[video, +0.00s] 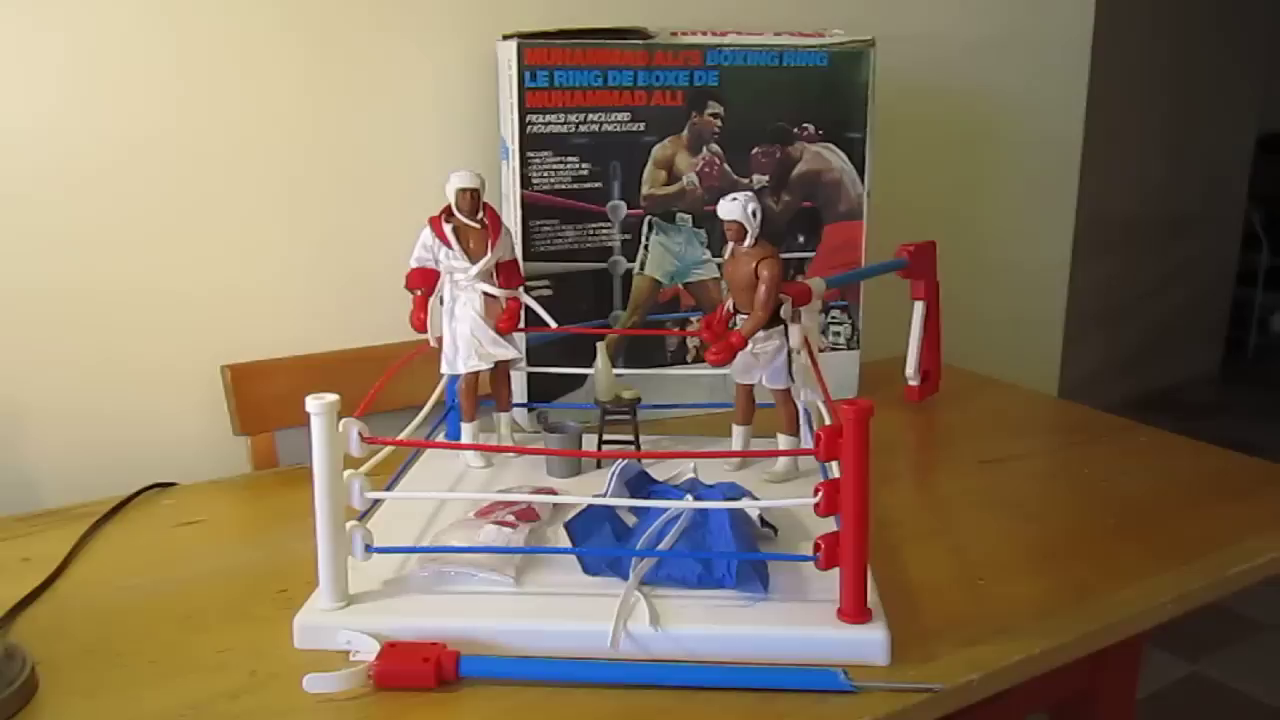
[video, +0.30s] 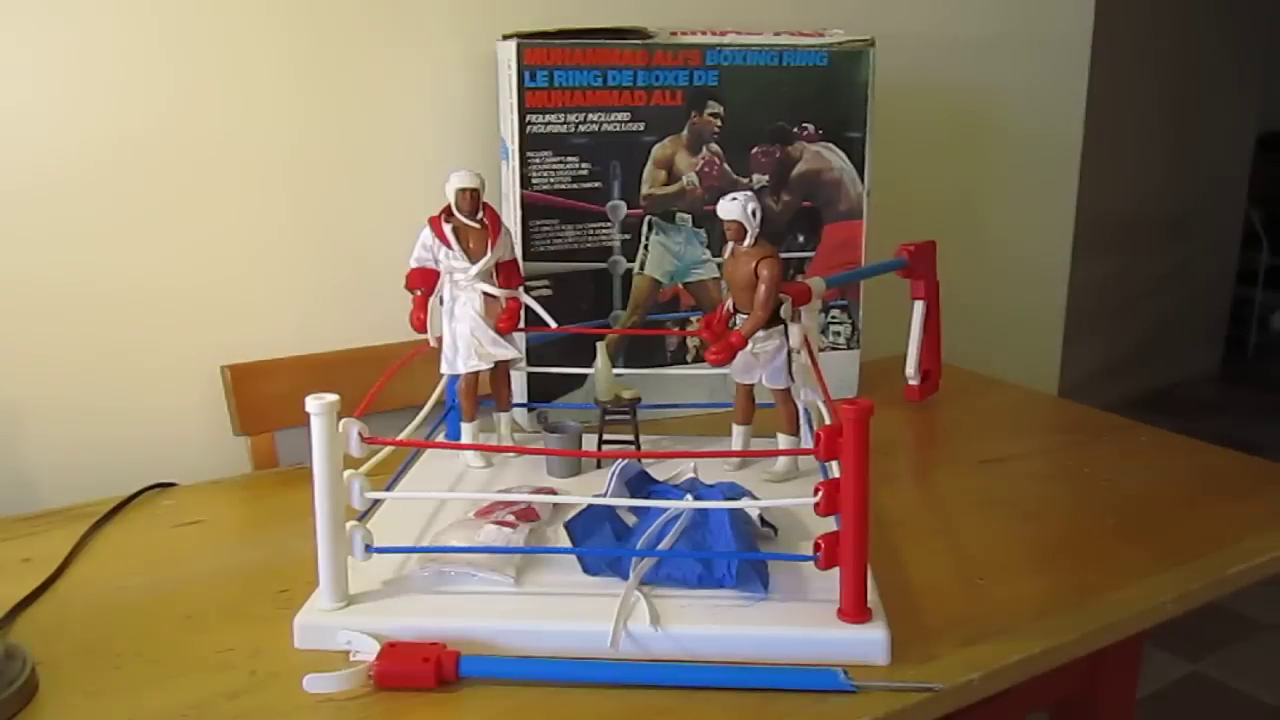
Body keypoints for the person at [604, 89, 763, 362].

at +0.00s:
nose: (719, 123)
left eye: (721, 118)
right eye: (714, 116)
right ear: (694, 117)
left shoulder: (713, 152)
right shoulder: (665, 150)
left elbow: (730, 183)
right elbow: (647, 198)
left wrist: (752, 182)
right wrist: (682, 185)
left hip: (694, 238)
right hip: (661, 236)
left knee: (719, 311)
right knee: (635, 316)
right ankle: (597, 375)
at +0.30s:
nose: (719, 123)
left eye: (720, 118)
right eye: (713, 116)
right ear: (694, 117)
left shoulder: (713, 152)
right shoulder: (665, 150)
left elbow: (730, 182)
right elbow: (647, 198)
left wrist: (751, 182)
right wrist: (682, 185)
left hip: (693, 237)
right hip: (660, 235)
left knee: (717, 311)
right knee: (635, 315)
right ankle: (598, 375)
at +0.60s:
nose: (719, 123)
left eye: (720, 118)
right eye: (713, 116)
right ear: (693, 117)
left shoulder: (712, 151)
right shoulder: (665, 150)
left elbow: (730, 183)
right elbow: (647, 198)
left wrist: (750, 182)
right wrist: (682, 185)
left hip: (693, 237)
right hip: (660, 234)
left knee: (716, 310)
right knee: (634, 315)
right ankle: (597, 373)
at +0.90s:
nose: (719, 123)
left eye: (720, 118)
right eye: (714, 116)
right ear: (694, 117)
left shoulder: (712, 151)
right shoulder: (665, 150)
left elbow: (730, 182)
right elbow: (647, 198)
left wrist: (750, 182)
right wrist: (682, 184)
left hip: (693, 238)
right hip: (660, 235)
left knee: (717, 311)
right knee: (634, 315)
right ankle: (597, 373)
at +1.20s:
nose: (719, 123)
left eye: (720, 117)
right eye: (713, 116)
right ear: (693, 117)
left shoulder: (712, 151)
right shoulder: (665, 150)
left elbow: (729, 181)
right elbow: (646, 197)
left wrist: (751, 182)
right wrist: (682, 184)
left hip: (693, 237)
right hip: (659, 235)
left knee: (718, 310)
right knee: (634, 316)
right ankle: (597, 373)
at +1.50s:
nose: (719, 123)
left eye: (720, 117)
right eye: (713, 116)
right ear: (693, 117)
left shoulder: (712, 151)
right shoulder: (665, 149)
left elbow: (729, 182)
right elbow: (646, 198)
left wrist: (752, 181)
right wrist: (682, 184)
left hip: (693, 237)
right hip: (659, 235)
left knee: (718, 310)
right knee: (635, 315)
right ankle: (597, 374)